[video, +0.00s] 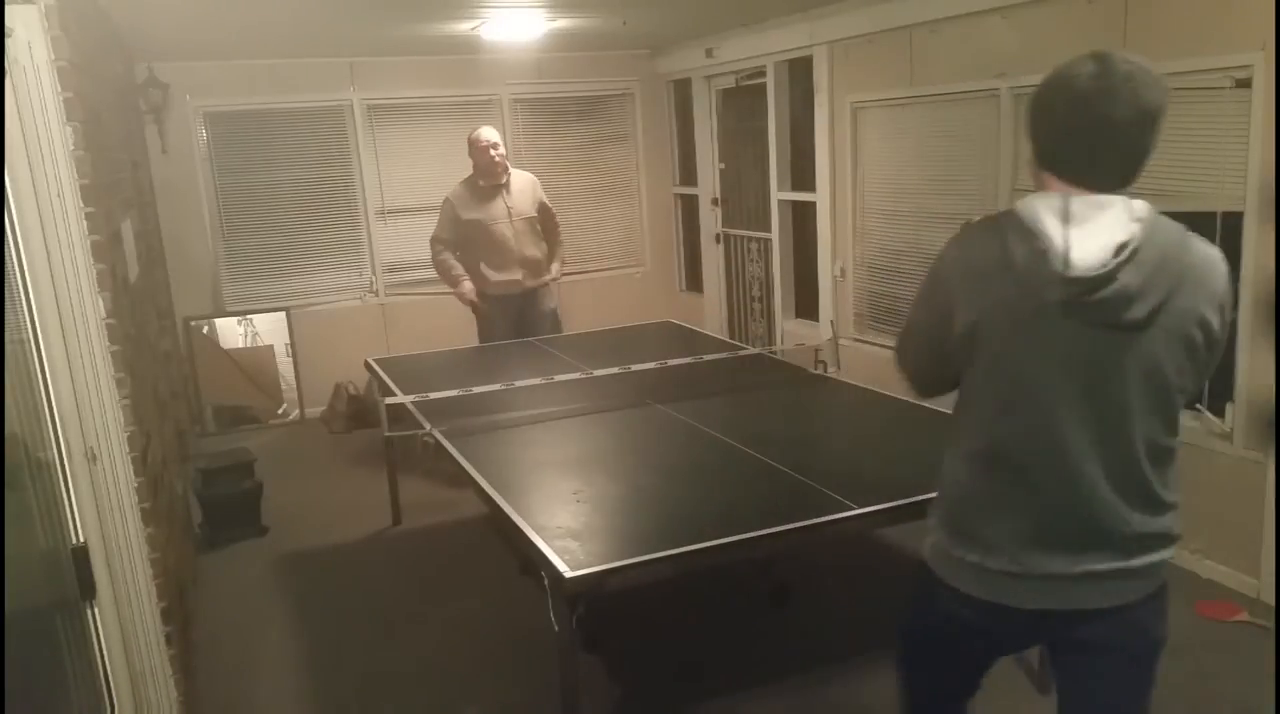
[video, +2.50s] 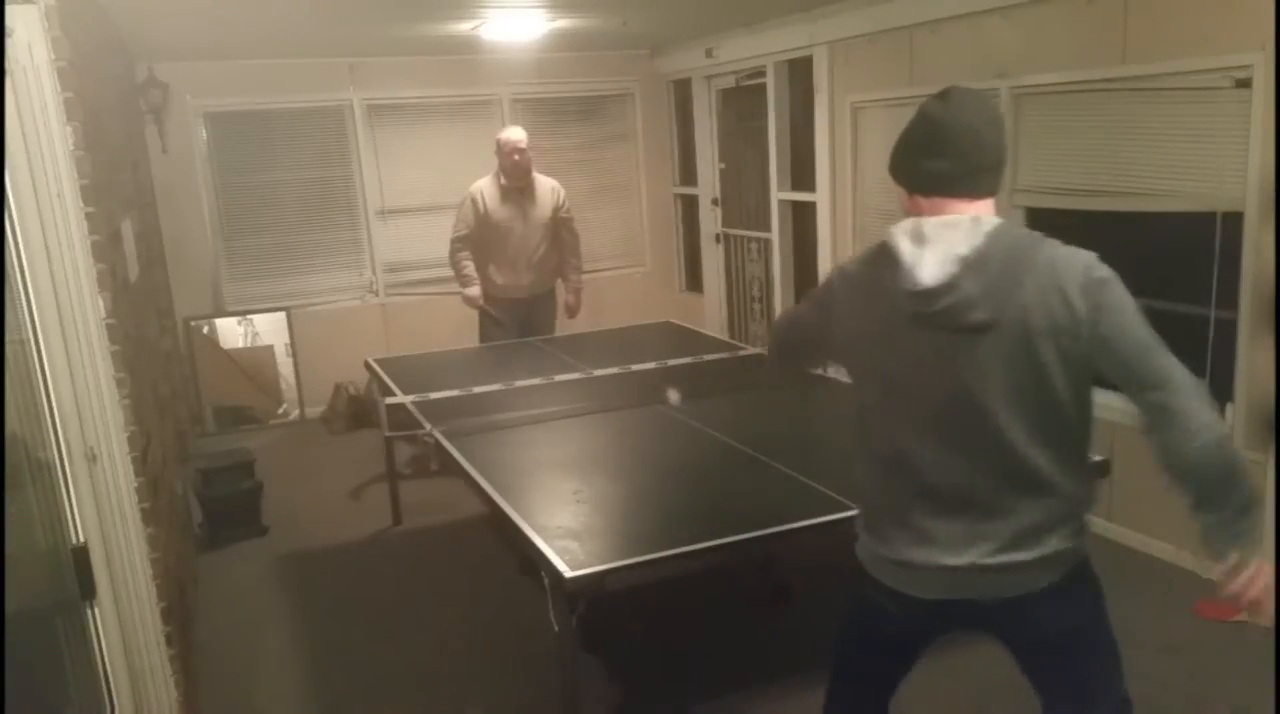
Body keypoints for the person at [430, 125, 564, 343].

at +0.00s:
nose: (492, 154)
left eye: (496, 146)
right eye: (484, 148)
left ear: (505, 150)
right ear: (471, 156)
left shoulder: (528, 182)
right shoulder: (457, 199)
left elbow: (552, 227)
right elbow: (440, 248)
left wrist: (555, 267)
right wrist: (462, 283)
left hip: (539, 294)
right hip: (493, 300)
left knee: (549, 363)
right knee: (499, 369)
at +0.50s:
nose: (514, 161)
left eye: (518, 154)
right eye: (507, 155)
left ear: (524, 154)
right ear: (492, 157)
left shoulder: (547, 191)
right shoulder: (474, 197)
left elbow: (568, 241)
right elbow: (456, 248)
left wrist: (572, 286)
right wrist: (479, 284)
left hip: (538, 301)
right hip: (493, 304)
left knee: (540, 372)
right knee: (496, 372)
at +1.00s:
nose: (520, 164)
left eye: (524, 156)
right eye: (512, 157)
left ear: (530, 155)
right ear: (497, 157)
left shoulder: (549, 192)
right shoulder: (479, 197)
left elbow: (567, 242)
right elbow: (460, 247)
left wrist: (572, 288)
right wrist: (495, 283)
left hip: (541, 299)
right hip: (497, 302)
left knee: (543, 369)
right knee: (499, 370)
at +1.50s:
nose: (521, 165)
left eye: (526, 157)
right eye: (513, 159)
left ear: (532, 155)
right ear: (499, 157)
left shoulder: (547, 191)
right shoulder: (482, 191)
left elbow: (563, 244)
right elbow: (479, 228)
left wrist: (572, 287)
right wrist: (528, 238)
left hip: (537, 297)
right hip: (494, 300)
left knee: (544, 368)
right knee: (499, 370)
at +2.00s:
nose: (522, 161)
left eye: (527, 154)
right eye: (515, 155)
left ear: (533, 154)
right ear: (500, 156)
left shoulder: (549, 192)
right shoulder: (481, 193)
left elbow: (563, 243)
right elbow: (461, 236)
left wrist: (571, 287)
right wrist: (493, 259)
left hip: (539, 297)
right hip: (496, 298)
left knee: (542, 366)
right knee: (500, 368)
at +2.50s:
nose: (517, 159)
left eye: (521, 151)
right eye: (509, 153)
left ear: (530, 152)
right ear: (497, 155)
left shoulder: (552, 191)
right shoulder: (479, 195)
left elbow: (569, 243)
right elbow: (460, 245)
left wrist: (573, 289)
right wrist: (471, 284)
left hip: (541, 300)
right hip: (497, 302)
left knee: (541, 369)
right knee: (499, 372)